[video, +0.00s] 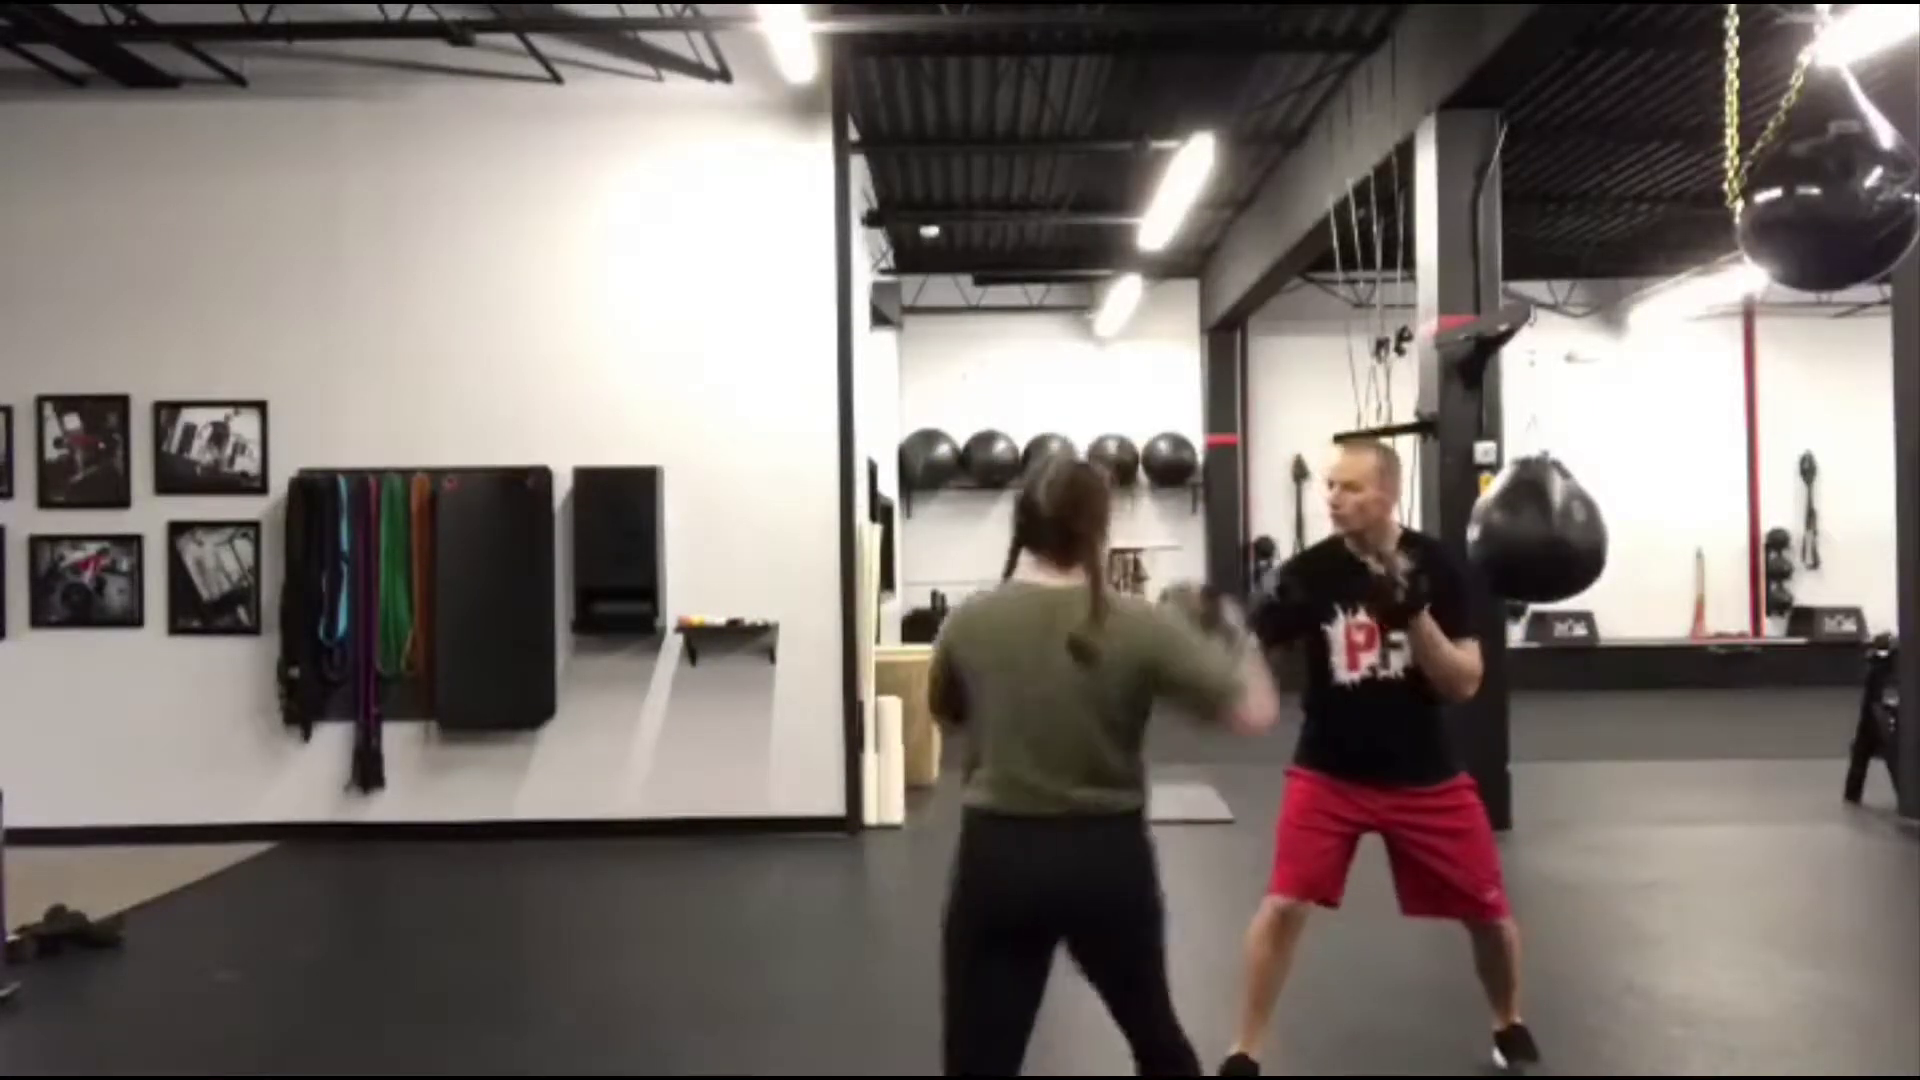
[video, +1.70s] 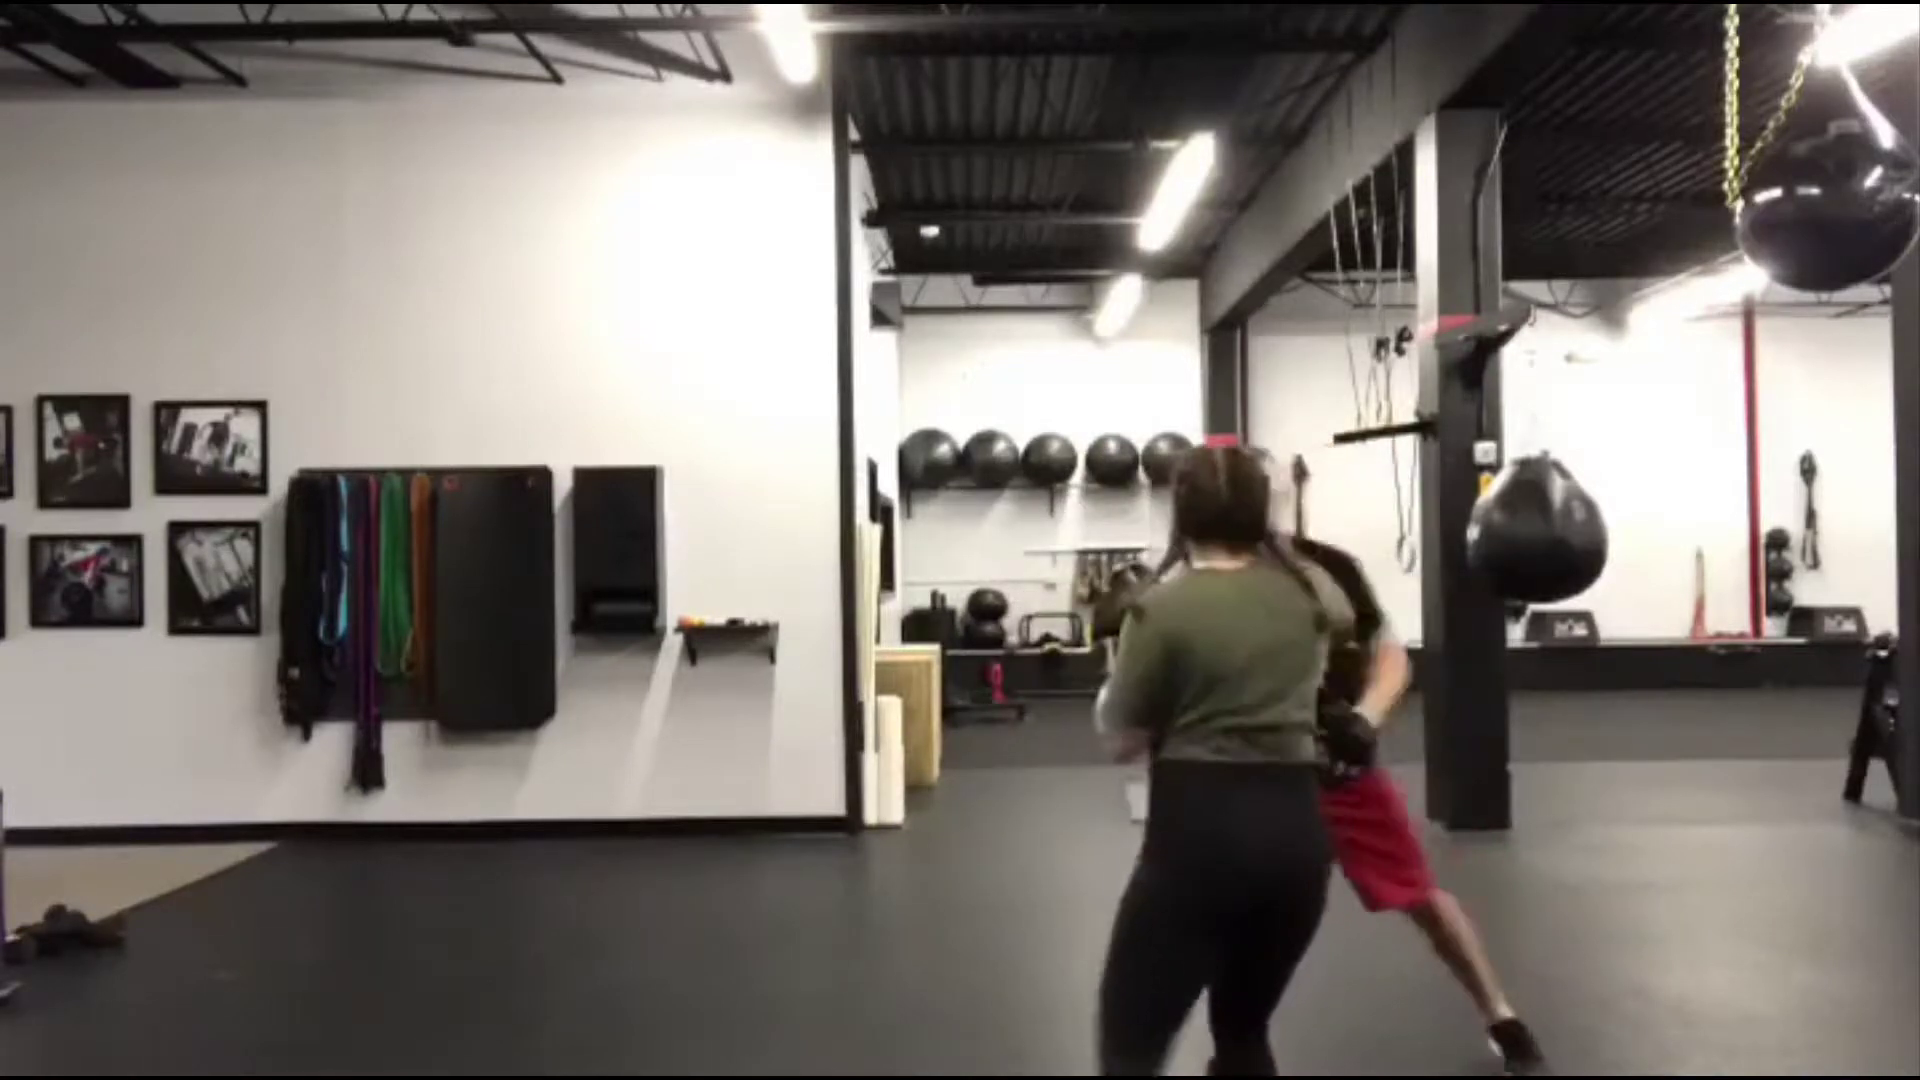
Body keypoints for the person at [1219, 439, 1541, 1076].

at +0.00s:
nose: (1335, 500)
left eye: (1349, 488)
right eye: (1331, 488)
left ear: (1389, 493)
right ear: (1327, 493)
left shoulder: (1439, 566)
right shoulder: (1310, 571)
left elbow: (1464, 680)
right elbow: (1253, 650)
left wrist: (1410, 615)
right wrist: (1258, 694)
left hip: (1429, 778)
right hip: (1327, 775)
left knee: (1491, 917)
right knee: (1284, 905)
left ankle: (1509, 1026)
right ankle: (1245, 1053)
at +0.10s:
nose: (1334, 496)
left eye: (1349, 484)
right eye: (1329, 485)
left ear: (1388, 489)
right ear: (1323, 493)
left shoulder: (1440, 564)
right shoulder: (1309, 570)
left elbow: (1465, 677)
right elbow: (1283, 657)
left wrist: (1407, 608)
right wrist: (1250, 604)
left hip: (1431, 778)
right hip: (1329, 772)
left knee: (1491, 919)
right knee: (1282, 904)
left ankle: (1510, 1026)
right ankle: (1245, 1052)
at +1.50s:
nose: (1301, 501)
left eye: (1314, 487)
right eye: (1289, 489)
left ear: (1342, 490)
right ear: (1278, 496)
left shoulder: (1391, 561)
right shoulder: (1266, 568)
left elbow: (1435, 665)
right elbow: (1234, 649)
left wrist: (1360, 660)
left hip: (1405, 778)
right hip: (1311, 778)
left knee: (1469, 914)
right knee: (1264, 914)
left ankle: (1514, 1022)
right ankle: (1235, 1047)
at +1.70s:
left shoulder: (1327, 569)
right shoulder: (1198, 585)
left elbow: (1391, 657)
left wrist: (1361, 720)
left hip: (1338, 765)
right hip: (1252, 778)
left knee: (1420, 896)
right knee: (1245, 915)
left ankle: (1500, 1018)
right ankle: (1236, 1045)